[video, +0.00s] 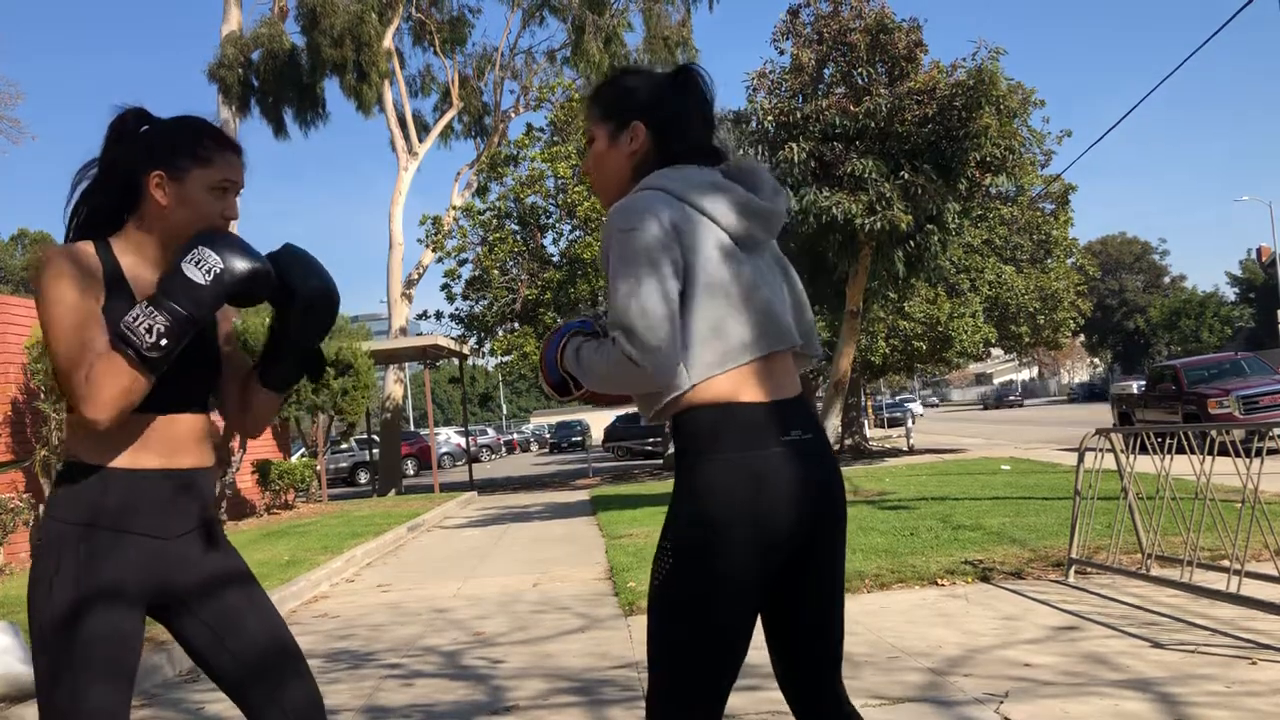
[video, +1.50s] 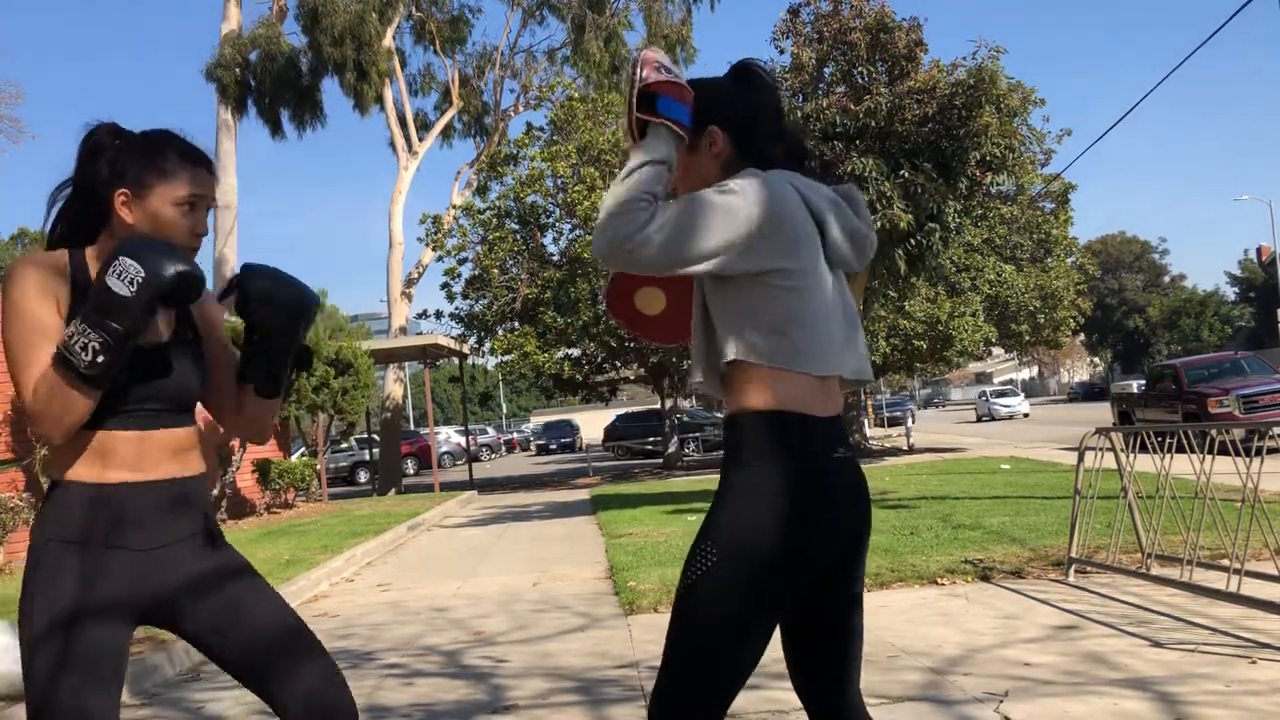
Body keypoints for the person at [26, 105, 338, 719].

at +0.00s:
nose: (234, 212)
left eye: (237, 194)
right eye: (222, 191)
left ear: (168, 190)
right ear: (161, 188)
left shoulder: (207, 294)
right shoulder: (73, 265)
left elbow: (247, 416)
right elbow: (98, 401)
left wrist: (296, 336)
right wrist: (185, 299)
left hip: (195, 532)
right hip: (95, 531)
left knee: (296, 705)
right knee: (85, 710)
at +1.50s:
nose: (204, 227)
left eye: (206, 211)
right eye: (190, 207)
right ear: (127, 205)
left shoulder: (193, 297)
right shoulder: (41, 277)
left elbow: (252, 425)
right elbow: (49, 422)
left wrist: (276, 340)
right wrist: (108, 317)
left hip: (190, 541)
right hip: (82, 546)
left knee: (323, 697)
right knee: (70, 709)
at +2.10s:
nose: (222, 227)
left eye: (228, 211)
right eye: (210, 207)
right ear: (145, 199)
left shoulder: (218, 287)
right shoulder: (59, 281)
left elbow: (266, 419)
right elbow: (65, 430)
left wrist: (284, 318)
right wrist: (107, 321)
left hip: (208, 540)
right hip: (101, 541)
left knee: (318, 708)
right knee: (75, 710)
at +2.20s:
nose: (218, 227)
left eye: (223, 212)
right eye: (205, 207)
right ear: (142, 199)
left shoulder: (212, 289)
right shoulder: (54, 280)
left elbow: (257, 419)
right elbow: (59, 430)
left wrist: (280, 316)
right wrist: (103, 319)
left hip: (202, 541)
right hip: (94, 543)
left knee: (313, 708)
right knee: (70, 710)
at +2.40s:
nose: (211, 226)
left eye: (214, 209)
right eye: (197, 206)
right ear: (133, 202)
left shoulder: (210, 297)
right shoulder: (50, 282)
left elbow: (256, 424)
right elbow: (45, 436)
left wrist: (285, 331)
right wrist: (99, 321)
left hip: (205, 541)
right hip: (96, 544)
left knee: (320, 707)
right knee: (78, 709)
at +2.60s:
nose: (220, 208)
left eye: (225, 191)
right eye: (206, 188)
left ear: (228, 192)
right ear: (141, 189)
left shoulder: (232, 259)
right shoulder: (75, 284)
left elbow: (362, 297)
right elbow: (71, 433)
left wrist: (395, 222)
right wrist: (97, 324)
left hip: (227, 530)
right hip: (120, 533)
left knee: (320, 707)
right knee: (92, 711)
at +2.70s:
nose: (219, 219)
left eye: (223, 202)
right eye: (204, 200)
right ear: (140, 196)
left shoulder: (226, 271)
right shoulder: (67, 286)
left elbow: (359, 319)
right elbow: (68, 439)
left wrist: (405, 233)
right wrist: (104, 327)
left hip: (228, 537)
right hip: (120, 542)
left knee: (341, 707)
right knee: (96, 710)